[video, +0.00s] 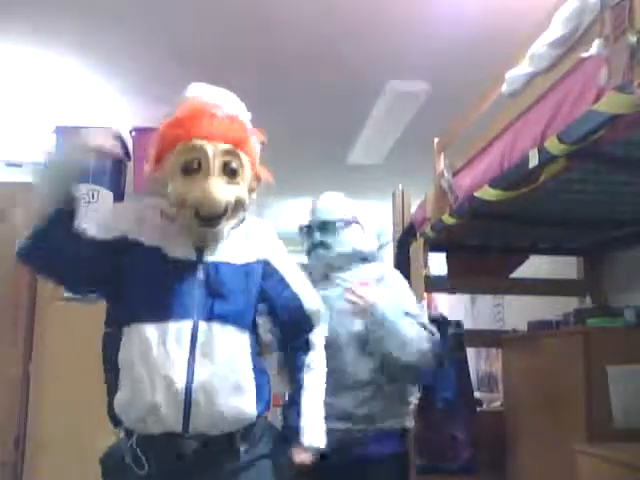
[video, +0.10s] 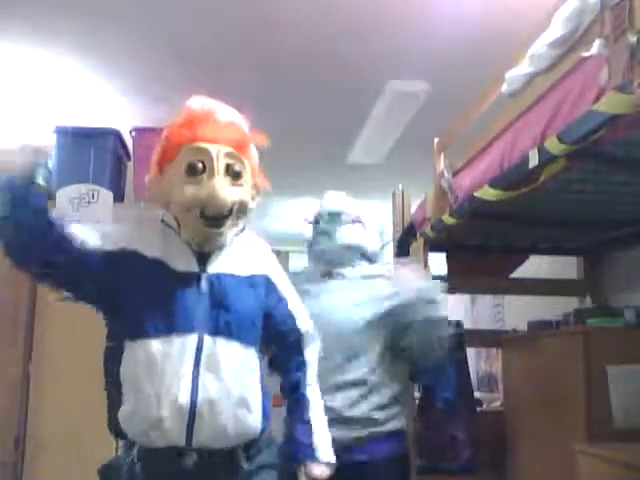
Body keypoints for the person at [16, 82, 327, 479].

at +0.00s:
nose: (211, 187)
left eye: (228, 171)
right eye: (191, 168)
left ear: (250, 181)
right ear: (164, 176)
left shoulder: (259, 244)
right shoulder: (130, 237)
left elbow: (306, 334)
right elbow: (41, 251)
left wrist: (304, 433)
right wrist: (75, 164)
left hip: (240, 455)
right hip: (148, 455)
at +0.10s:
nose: (217, 192)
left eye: (233, 173)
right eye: (195, 170)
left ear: (252, 190)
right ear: (161, 186)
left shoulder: (259, 264)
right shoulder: (127, 260)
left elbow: (300, 356)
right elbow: (41, 252)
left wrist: (310, 448)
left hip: (241, 463)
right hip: (150, 462)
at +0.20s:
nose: (218, 202)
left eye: (234, 181)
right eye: (196, 179)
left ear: (253, 199)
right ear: (163, 195)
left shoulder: (257, 271)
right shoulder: (129, 261)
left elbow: (297, 376)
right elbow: (71, 285)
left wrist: (323, 467)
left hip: (231, 465)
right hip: (147, 463)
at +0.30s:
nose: (212, 204)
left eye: (229, 185)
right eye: (192, 182)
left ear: (250, 202)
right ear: (161, 196)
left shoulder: (259, 269)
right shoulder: (128, 263)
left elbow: (305, 365)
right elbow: (57, 324)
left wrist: (324, 459)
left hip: (232, 464)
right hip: (145, 463)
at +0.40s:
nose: (209, 209)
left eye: (228, 191)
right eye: (190, 189)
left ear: (250, 200)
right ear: (162, 196)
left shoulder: (262, 260)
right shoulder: (137, 257)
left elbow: (315, 340)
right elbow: (87, 364)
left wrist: (330, 425)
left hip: (229, 459)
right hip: (147, 457)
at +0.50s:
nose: (210, 218)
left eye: (229, 197)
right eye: (190, 195)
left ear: (251, 203)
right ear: (162, 200)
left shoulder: (264, 263)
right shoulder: (146, 272)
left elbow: (328, 321)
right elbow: (111, 369)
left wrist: (331, 392)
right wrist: (70, 457)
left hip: (234, 453)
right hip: (148, 452)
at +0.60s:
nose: (211, 218)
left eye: (231, 196)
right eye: (192, 195)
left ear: (256, 199)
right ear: (164, 198)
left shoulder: (279, 270)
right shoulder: (143, 277)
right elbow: (116, 370)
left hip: (243, 450)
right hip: (151, 449)